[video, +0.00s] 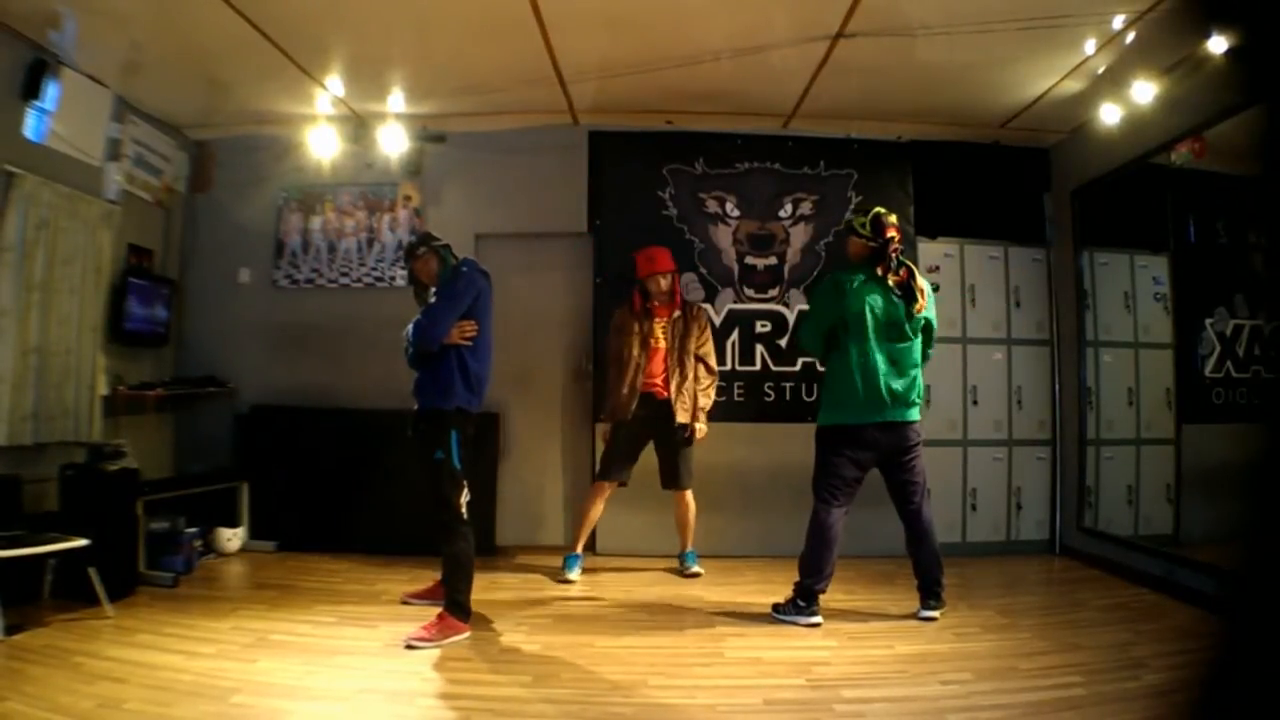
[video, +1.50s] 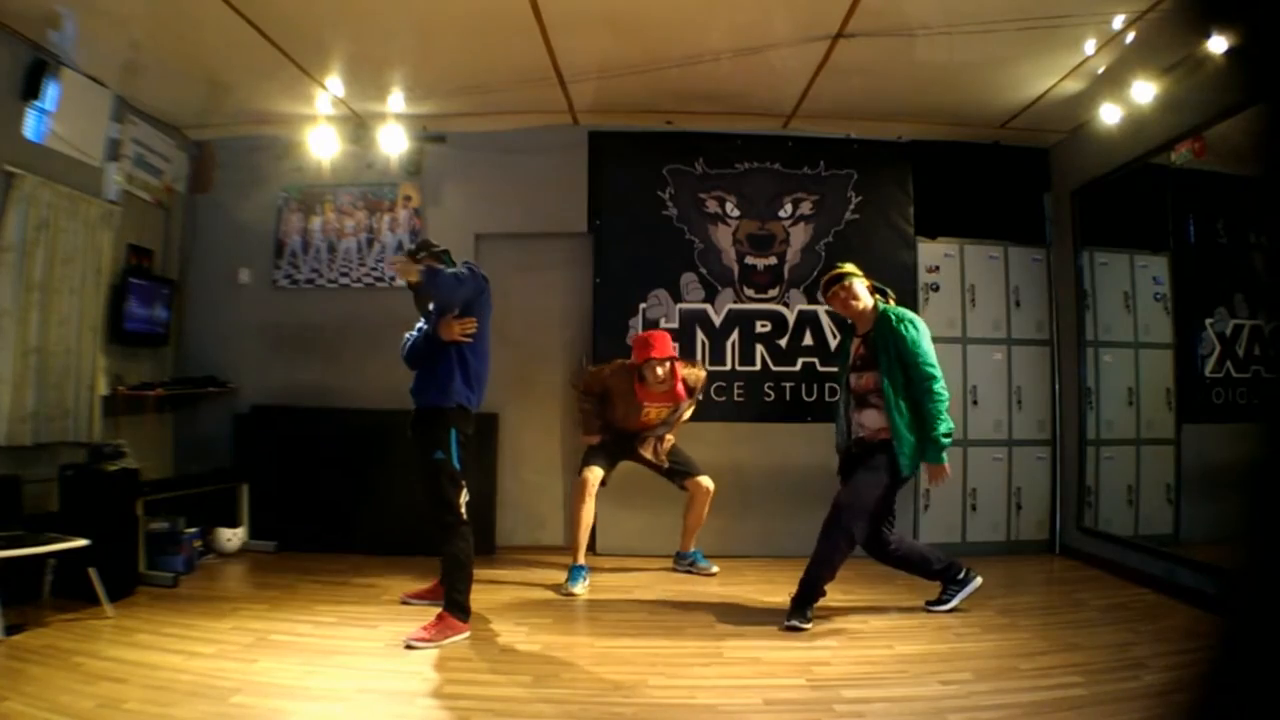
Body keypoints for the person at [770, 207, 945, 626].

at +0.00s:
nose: (842, 243)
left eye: (848, 236)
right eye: (846, 235)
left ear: (863, 245)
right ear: (887, 246)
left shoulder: (837, 285)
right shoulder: (918, 285)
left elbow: (807, 341)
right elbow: (924, 349)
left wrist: (843, 349)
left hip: (847, 416)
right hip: (903, 417)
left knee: (830, 505)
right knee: (916, 507)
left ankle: (806, 600)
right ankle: (932, 598)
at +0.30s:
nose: (856, 246)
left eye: (862, 240)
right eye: (859, 239)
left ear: (876, 247)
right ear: (896, 248)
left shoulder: (848, 284)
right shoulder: (919, 285)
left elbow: (819, 342)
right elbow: (925, 337)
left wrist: (837, 351)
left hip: (851, 414)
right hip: (904, 416)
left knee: (832, 503)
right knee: (917, 506)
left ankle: (806, 599)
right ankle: (932, 598)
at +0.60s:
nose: (869, 251)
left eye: (875, 246)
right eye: (873, 245)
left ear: (887, 252)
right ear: (912, 254)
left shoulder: (856, 287)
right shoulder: (939, 300)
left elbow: (816, 332)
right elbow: (960, 365)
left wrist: (779, 373)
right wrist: (958, 419)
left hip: (854, 423)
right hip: (909, 426)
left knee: (835, 508)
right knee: (920, 508)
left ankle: (807, 599)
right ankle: (931, 598)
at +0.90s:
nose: (857, 262)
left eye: (863, 254)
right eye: (859, 253)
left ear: (884, 257)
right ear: (899, 258)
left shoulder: (880, 296)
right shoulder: (925, 295)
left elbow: (883, 366)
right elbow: (936, 363)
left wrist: (890, 431)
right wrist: (928, 419)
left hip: (874, 425)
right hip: (917, 424)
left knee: (835, 502)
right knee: (911, 506)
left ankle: (810, 596)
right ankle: (937, 594)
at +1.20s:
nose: (857, 280)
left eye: (862, 270)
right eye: (849, 276)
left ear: (882, 271)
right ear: (846, 286)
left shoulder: (913, 315)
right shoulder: (862, 324)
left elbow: (939, 378)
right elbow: (866, 385)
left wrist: (931, 444)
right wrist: (857, 435)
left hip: (898, 442)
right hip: (866, 440)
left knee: (856, 525)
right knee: (885, 526)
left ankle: (806, 603)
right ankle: (958, 576)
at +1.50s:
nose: (844, 296)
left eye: (847, 286)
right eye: (836, 295)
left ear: (866, 285)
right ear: (834, 307)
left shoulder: (903, 324)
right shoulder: (851, 340)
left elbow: (931, 384)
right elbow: (856, 398)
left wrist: (936, 449)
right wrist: (849, 447)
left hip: (893, 448)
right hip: (859, 450)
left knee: (844, 516)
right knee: (877, 540)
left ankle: (803, 602)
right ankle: (956, 576)